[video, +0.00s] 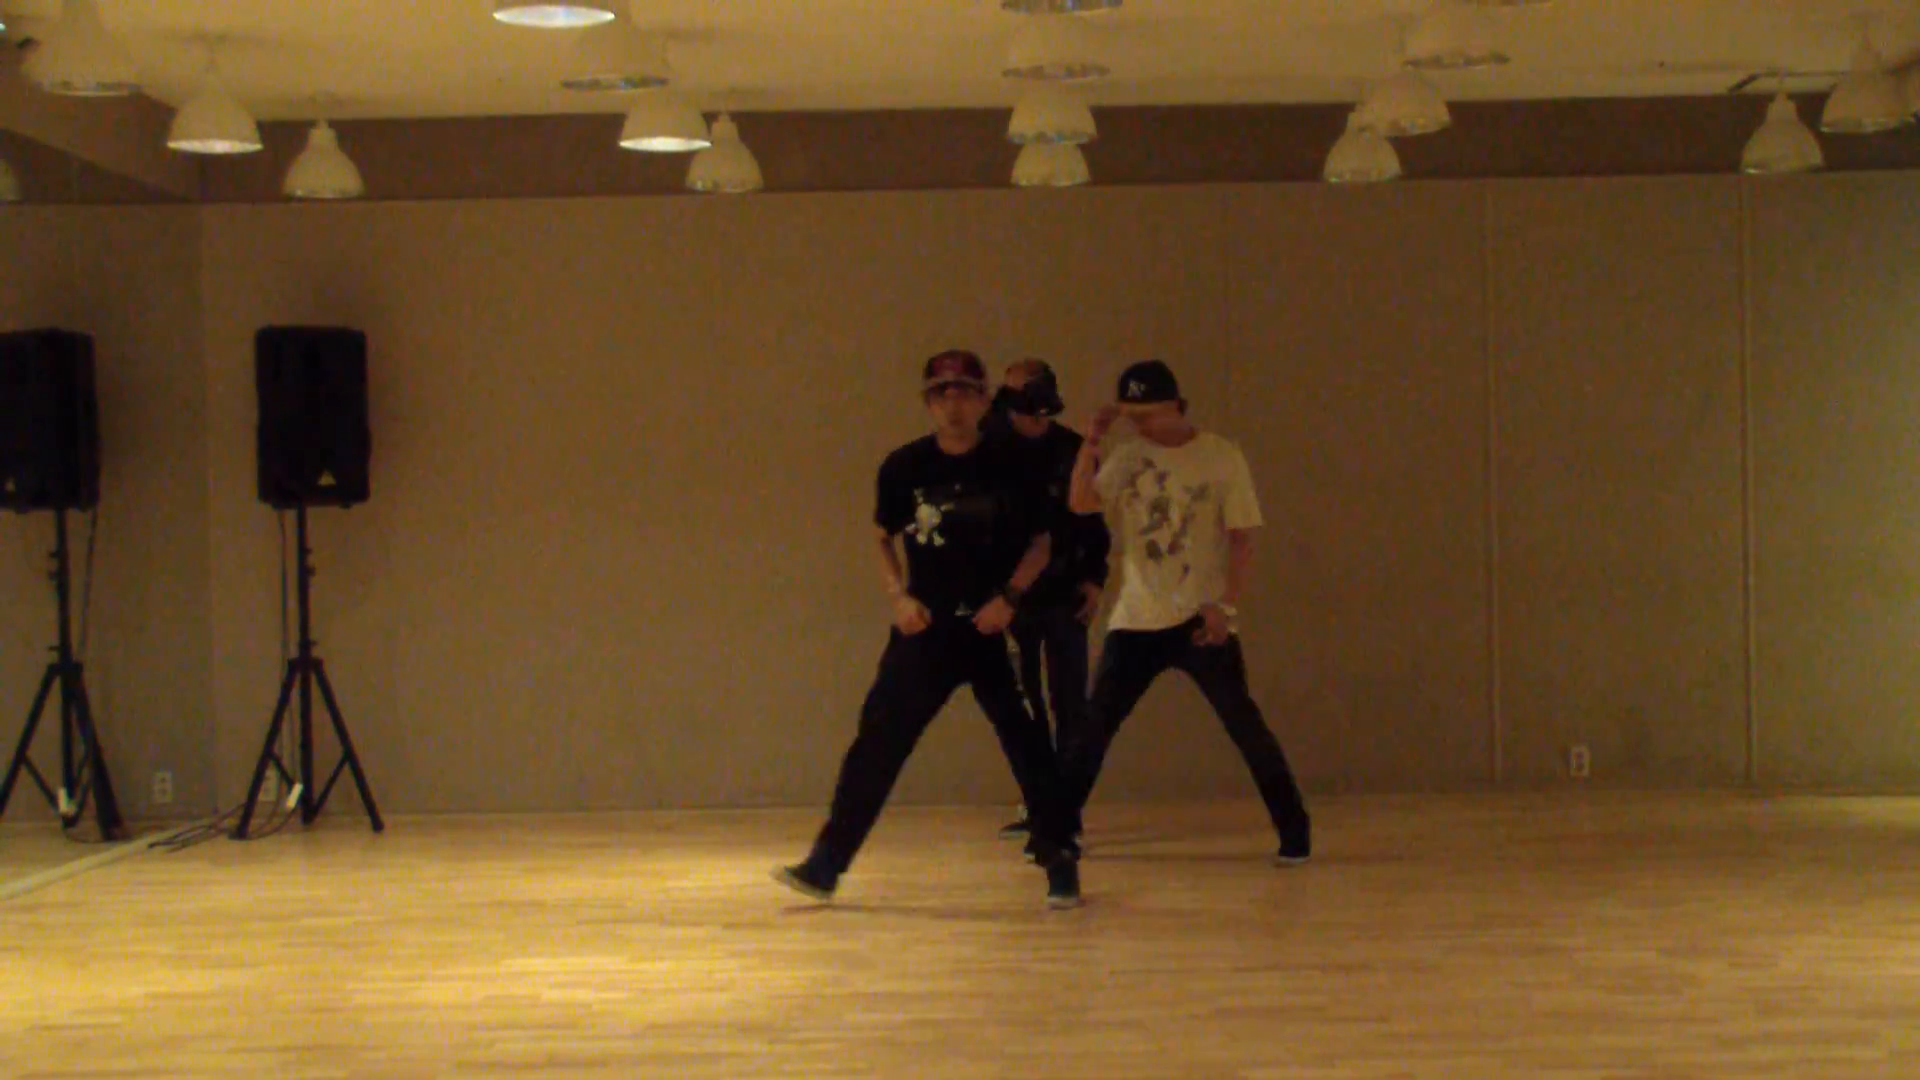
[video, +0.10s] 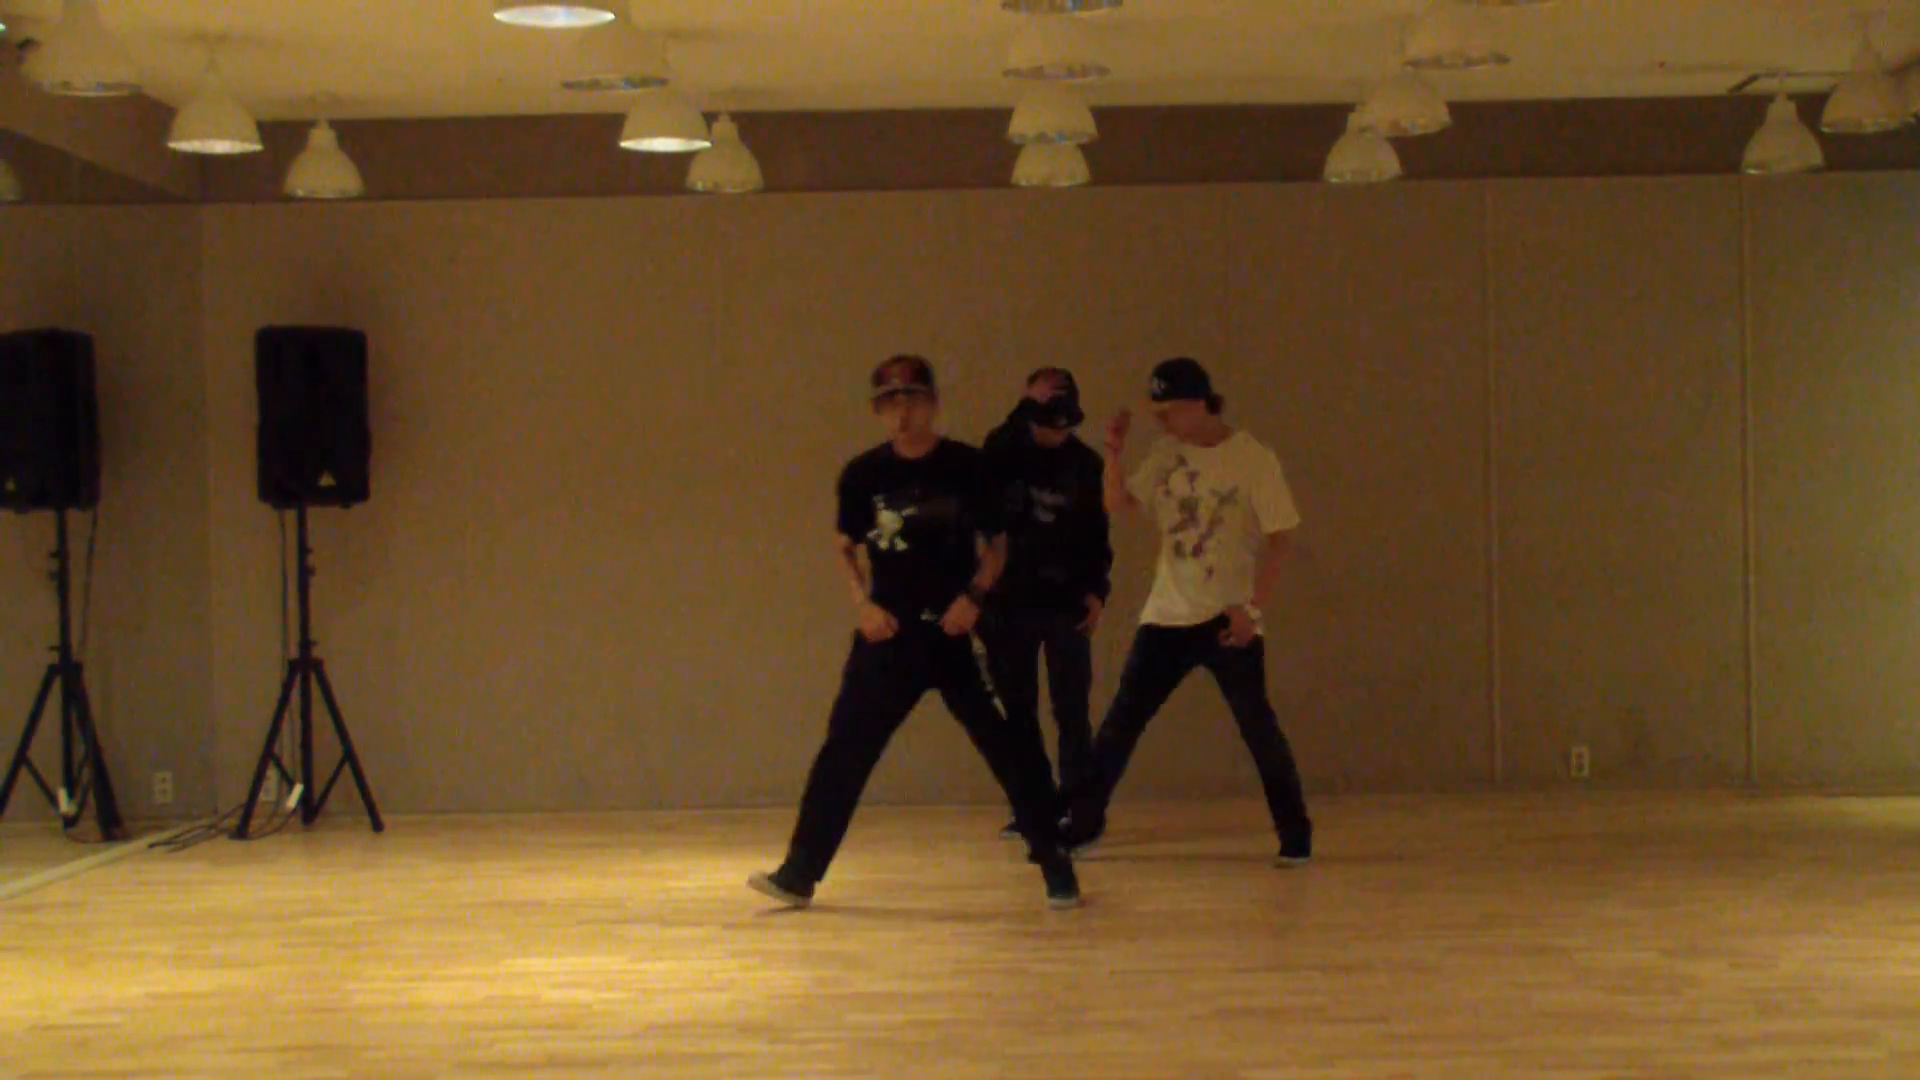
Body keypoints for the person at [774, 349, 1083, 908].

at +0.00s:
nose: (952, 402)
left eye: (964, 390)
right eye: (941, 392)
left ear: (984, 398)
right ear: (927, 402)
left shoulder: (1016, 463)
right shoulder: (904, 467)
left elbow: (1043, 542)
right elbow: (885, 537)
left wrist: (1009, 597)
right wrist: (899, 596)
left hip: (992, 631)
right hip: (926, 632)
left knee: (1028, 740)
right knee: (879, 738)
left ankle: (1060, 861)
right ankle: (826, 862)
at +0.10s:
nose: (902, 410)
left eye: (912, 398)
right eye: (890, 400)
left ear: (933, 403)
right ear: (878, 409)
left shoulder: (967, 465)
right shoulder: (862, 474)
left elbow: (998, 544)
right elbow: (845, 549)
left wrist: (973, 597)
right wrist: (863, 603)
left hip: (951, 640)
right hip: (888, 640)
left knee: (1007, 744)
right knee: (844, 750)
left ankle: (1053, 858)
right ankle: (800, 871)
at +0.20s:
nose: (850, 414)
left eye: (860, 401)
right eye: (839, 404)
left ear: (881, 404)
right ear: (828, 412)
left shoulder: (924, 462)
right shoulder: (815, 475)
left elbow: (949, 539)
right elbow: (795, 552)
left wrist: (926, 591)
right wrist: (816, 606)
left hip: (913, 633)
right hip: (844, 636)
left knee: (971, 746)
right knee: (807, 760)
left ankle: (1021, 858)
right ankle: (787, 879)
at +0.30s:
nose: (813, 406)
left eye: (824, 394)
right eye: (802, 397)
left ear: (844, 397)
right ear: (791, 405)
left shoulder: (886, 453)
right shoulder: (777, 469)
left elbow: (914, 530)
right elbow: (757, 545)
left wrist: (893, 581)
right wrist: (783, 602)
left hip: (880, 623)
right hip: (811, 627)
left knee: (919, 741)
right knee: (790, 752)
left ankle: (936, 865)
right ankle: (786, 876)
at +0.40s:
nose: (787, 404)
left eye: (797, 391)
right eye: (776, 393)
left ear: (818, 396)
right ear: (763, 403)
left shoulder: (855, 452)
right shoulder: (746, 467)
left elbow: (891, 526)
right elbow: (727, 542)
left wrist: (864, 575)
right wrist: (753, 599)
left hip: (844, 625)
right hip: (781, 629)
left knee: (859, 750)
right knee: (782, 757)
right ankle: (785, 875)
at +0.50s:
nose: (772, 401)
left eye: (782, 389)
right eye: (759, 391)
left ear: (799, 396)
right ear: (744, 401)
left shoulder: (833, 456)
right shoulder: (726, 467)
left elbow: (871, 531)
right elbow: (710, 541)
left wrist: (831, 571)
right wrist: (725, 597)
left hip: (814, 627)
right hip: (753, 629)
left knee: (809, 748)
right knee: (766, 748)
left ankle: (777, 839)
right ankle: (779, 873)